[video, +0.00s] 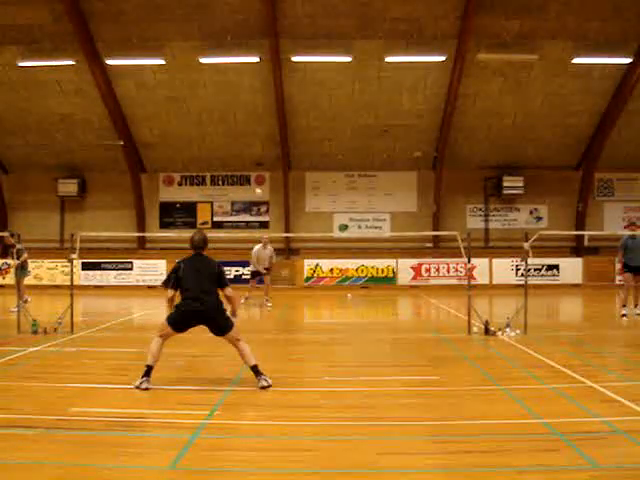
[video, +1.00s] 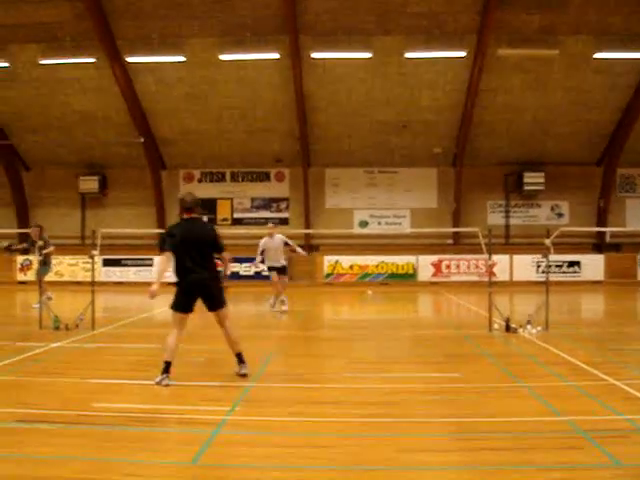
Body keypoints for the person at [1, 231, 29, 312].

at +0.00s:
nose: (6, 241)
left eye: (7, 238)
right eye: (5, 239)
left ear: (12, 238)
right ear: (5, 240)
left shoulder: (19, 247)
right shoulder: (11, 249)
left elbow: (25, 255)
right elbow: (10, 258)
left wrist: (18, 261)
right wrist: (6, 263)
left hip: (23, 268)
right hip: (17, 267)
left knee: (20, 286)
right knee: (18, 285)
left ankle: (19, 304)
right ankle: (24, 298)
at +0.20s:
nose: (7, 240)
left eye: (9, 238)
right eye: (7, 238)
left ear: (14, 238)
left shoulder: (20, 247)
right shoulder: (13, 248)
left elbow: (25, 255)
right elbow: (13, 258)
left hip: (23, 268)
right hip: (19, 268)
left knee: (20, 286)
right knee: (19, 285)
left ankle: (20, 304)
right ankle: (24, 298)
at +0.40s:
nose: (13, 238)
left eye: (15, 236)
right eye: (12, 236)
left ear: (20, 237)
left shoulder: (25, 246)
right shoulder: (17, 246)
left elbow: (30, 254)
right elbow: (8, 250)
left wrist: (25, 261)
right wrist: (3, 249)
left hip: (29, 267)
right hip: (24, 266)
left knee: (26, 285)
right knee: (24, 284)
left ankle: (26, 303)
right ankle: (29, 297)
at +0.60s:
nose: (20, 238)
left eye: (21, 236)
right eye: (19, 236)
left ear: (27, 236)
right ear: (20, 237)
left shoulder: (31, 245)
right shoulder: (21, 244)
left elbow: (37, 252)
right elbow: (11, 247)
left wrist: (31, 259)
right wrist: (3, 251)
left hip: (35, 266)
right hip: (30, 265)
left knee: (31, 283)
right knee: (30, 283)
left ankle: (31, 303)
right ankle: (36, 297)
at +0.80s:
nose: (24, 236)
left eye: (25, 233)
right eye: (23, 234)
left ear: (30, 234)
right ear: (22, 235)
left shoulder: (34, 244)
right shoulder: (24, 243)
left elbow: (40, 250)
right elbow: (15, 246)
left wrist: (35, 255)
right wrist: (6, 249)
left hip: (37, 266)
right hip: (32, 265)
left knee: (33, 284)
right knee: (32, 283)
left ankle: (33, 302)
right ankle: (38, 296)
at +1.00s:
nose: (33, 234)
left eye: (35, 231)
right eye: (32, 231)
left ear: (39, 232)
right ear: (31, 232)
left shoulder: (44, 240)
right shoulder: (32, 241)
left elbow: (52, 248)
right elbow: (24, 245)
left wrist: (44, 252)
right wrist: (14, 247)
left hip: (46, 263)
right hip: (40, 263)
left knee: (40, 280)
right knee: (39, 279)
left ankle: (41, 301)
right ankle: (47, 294)